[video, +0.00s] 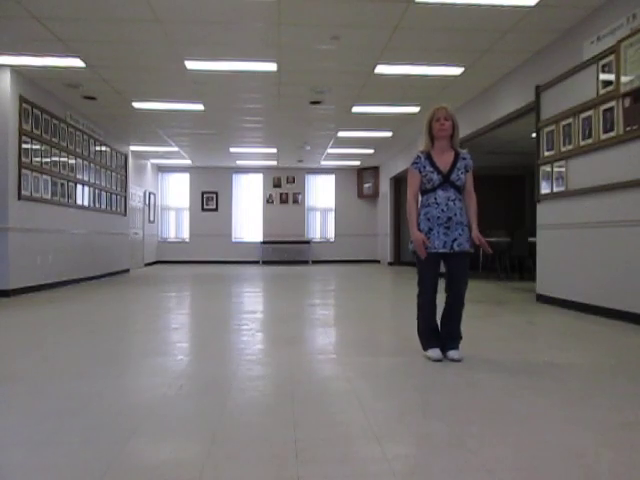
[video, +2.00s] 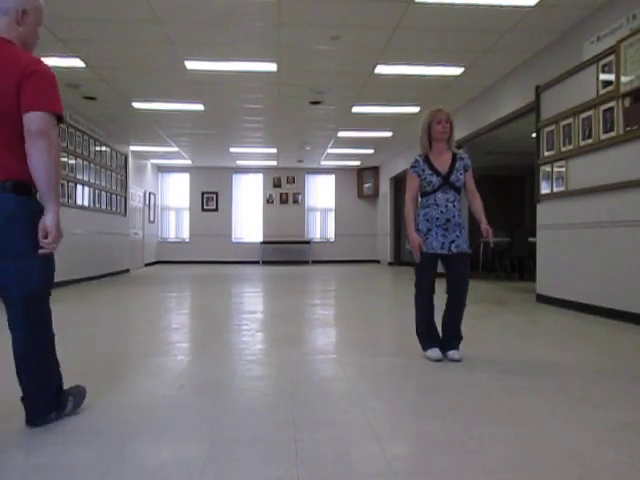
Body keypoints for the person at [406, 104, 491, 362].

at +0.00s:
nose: (443, 124)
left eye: (446, 120)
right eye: (438, 121)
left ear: (454, 126)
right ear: (430, 127)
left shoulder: (464, 159)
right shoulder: (420, 160)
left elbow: (469, 195)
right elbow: (412, 197)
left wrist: (474, 228)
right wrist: (414, 231)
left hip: (458, 228)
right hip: (429, 228)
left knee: (457, 289)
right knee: (427, 289)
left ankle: (451, 343)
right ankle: (430, 343)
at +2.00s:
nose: (444, 126)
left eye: (447, 123)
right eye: (438, 123)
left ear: (452, 128)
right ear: (429, 128)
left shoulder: (462, 160)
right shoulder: (419, 163)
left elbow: (472, 194)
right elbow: (410, 201)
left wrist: (483, 221)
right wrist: (412, 233)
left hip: (456, 232)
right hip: (427, 232)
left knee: (459, 287)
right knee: (425, 289)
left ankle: (451, 343)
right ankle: (430, 343)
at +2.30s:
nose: (449, 121)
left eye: (453, 118)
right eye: (444, 117)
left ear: (458, 124)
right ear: (434, 123)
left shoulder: (464, 156)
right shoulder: (422, 156)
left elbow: (468, 193)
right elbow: (411, 191)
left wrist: (471, 225)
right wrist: (416, 223)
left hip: (457, 228)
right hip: (430, 228)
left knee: (453, 290)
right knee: (431, 290)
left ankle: (451, 343)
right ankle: (431, 343)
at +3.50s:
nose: (438, 125)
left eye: (442, 121)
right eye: (433, 122)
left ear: (449, 126)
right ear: (426, 127)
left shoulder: (461, 159)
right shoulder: (418, 161)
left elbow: (470, 193)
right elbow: (410, 197)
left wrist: (479, 226)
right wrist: (418, 225)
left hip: (458, 231)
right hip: (431, 231)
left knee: (453, 290)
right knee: (435, 289)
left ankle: (451, 342)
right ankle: (431, 344)